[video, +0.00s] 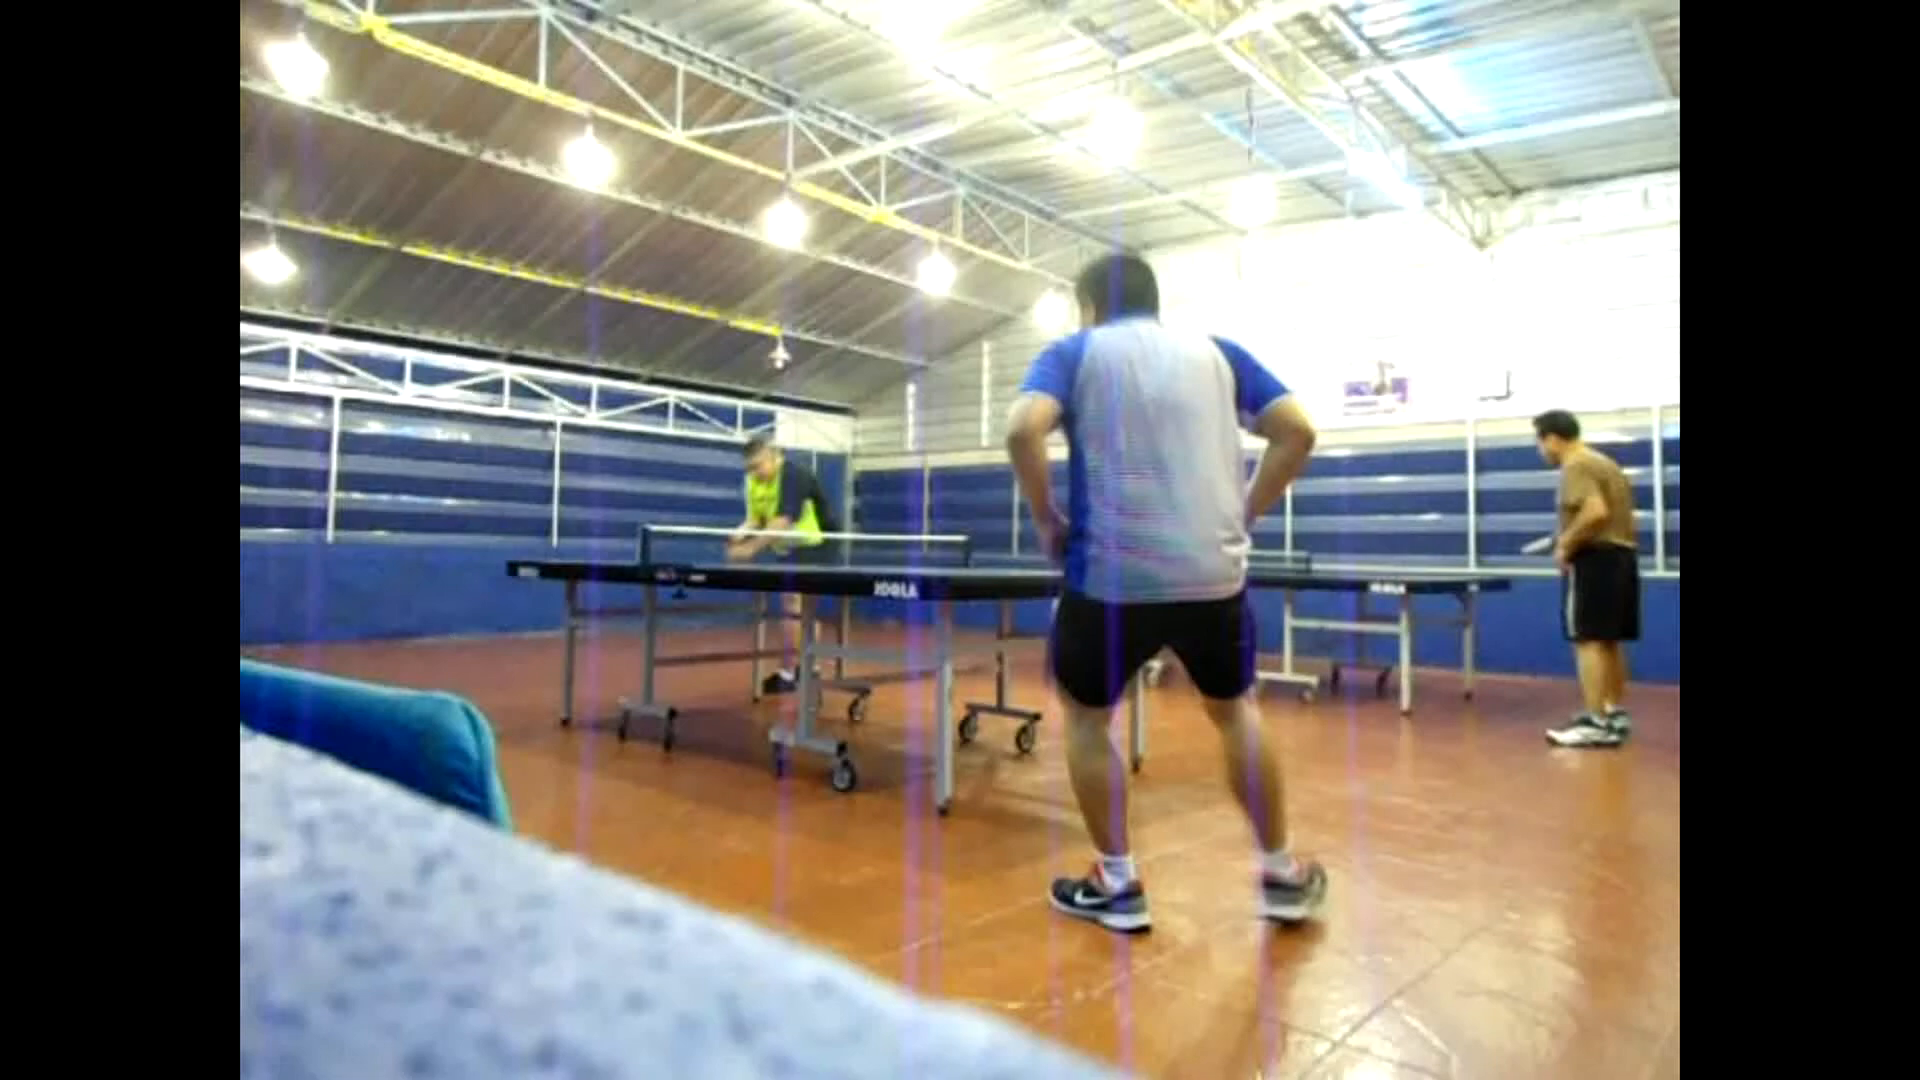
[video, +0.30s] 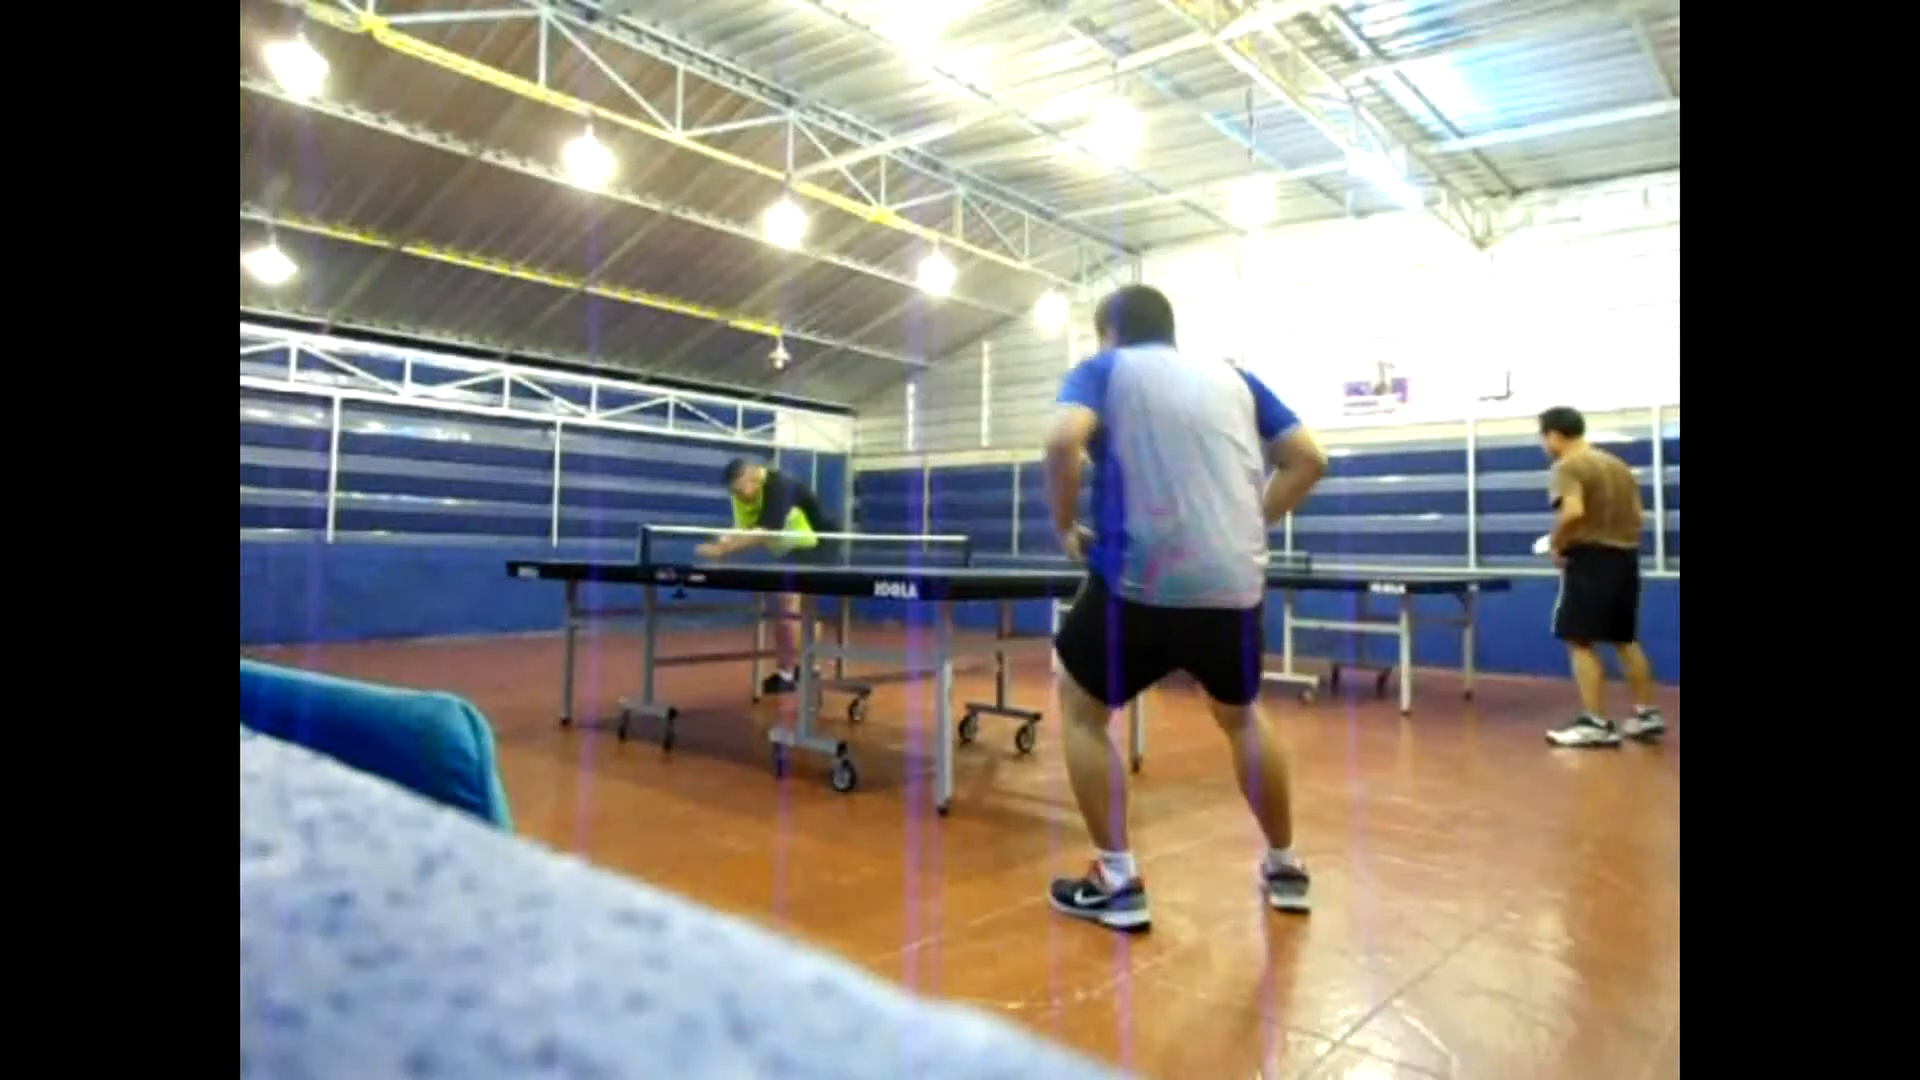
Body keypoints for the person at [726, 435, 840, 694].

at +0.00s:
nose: (756, 472)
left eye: (759, 465)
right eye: (751, 467)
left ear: (774, 457)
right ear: (748, 466)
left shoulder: (792, 475)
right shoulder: (754, 482)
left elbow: (785, 521)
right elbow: (755, 517)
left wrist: (751, 547)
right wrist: (739, 535)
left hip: (814, 545)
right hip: (786, 546)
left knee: (792, 603)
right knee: (804, 608)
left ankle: (790, 668)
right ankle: (810, 663)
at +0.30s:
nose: (742, 496)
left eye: (743, 489)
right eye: (737, 492)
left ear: (755, 475)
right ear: (732, 489)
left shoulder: (779, 485)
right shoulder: (740, 497)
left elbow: (767, 532)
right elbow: (743, 529)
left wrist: (723, 547)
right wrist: (721, 547)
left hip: (813, 546)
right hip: (785, 549)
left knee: (789, 603)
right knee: (788, 606)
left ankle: (787, 670)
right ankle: (795, 667)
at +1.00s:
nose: (719, 506)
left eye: (716, 500)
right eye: (714, 502)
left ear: (725, 486)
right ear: (725, 485)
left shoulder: (751, 492)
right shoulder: (751, 488)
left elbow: (728, 536)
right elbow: (739, 540)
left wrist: (690, 560)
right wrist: (710, 564)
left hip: (810, 547)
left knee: (782, 603)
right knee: (779, 604)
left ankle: (785, 672)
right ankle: (788, 669)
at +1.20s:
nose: (718, 486)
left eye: (717, 480)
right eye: (715, 483)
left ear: (727, 468)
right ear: (727, 474)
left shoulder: (753, 476)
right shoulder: (743, 488)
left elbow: (724, 498)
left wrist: (673, 495)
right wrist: (673, 495)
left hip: (805, 548)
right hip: (786, 551)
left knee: (783, 604)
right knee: (778, 605)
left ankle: (787, 671)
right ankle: (786, 668)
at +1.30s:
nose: (722, 479)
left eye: (724, 472)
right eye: (719, 473)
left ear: (736, 461)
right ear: (733, 464)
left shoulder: (759, 473)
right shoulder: (747, 482)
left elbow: (726, 477)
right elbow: (715, 472)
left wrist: (685, 458)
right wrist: (683, 456)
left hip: (806, 545)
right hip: (788, 548)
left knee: (784, 603)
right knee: (778, 604)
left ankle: (787, 671)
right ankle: (784, 668)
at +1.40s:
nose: (727, 469)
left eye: (732, 461)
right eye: (726, 462)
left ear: (748, 458)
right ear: (734, 466)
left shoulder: (763, 474)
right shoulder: (749, 487)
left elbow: (714, 459)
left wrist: (687, 444)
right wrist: (682, 442)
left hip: (807, 543)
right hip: (787, 547)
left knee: (786, 603)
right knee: (776, 603)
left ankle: (786, 670)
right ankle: (784, 667)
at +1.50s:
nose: (728, 462)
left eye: (732, 454)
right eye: (725, 457)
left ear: (749, 454)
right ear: (727, 461)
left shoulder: (770, 471)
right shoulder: (749, 485)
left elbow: (753, 471)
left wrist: (720, 474)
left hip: (806, 544)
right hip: (784, 548)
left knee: (788, 604)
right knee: (775, 606)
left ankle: (790, 669)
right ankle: (782, 668)